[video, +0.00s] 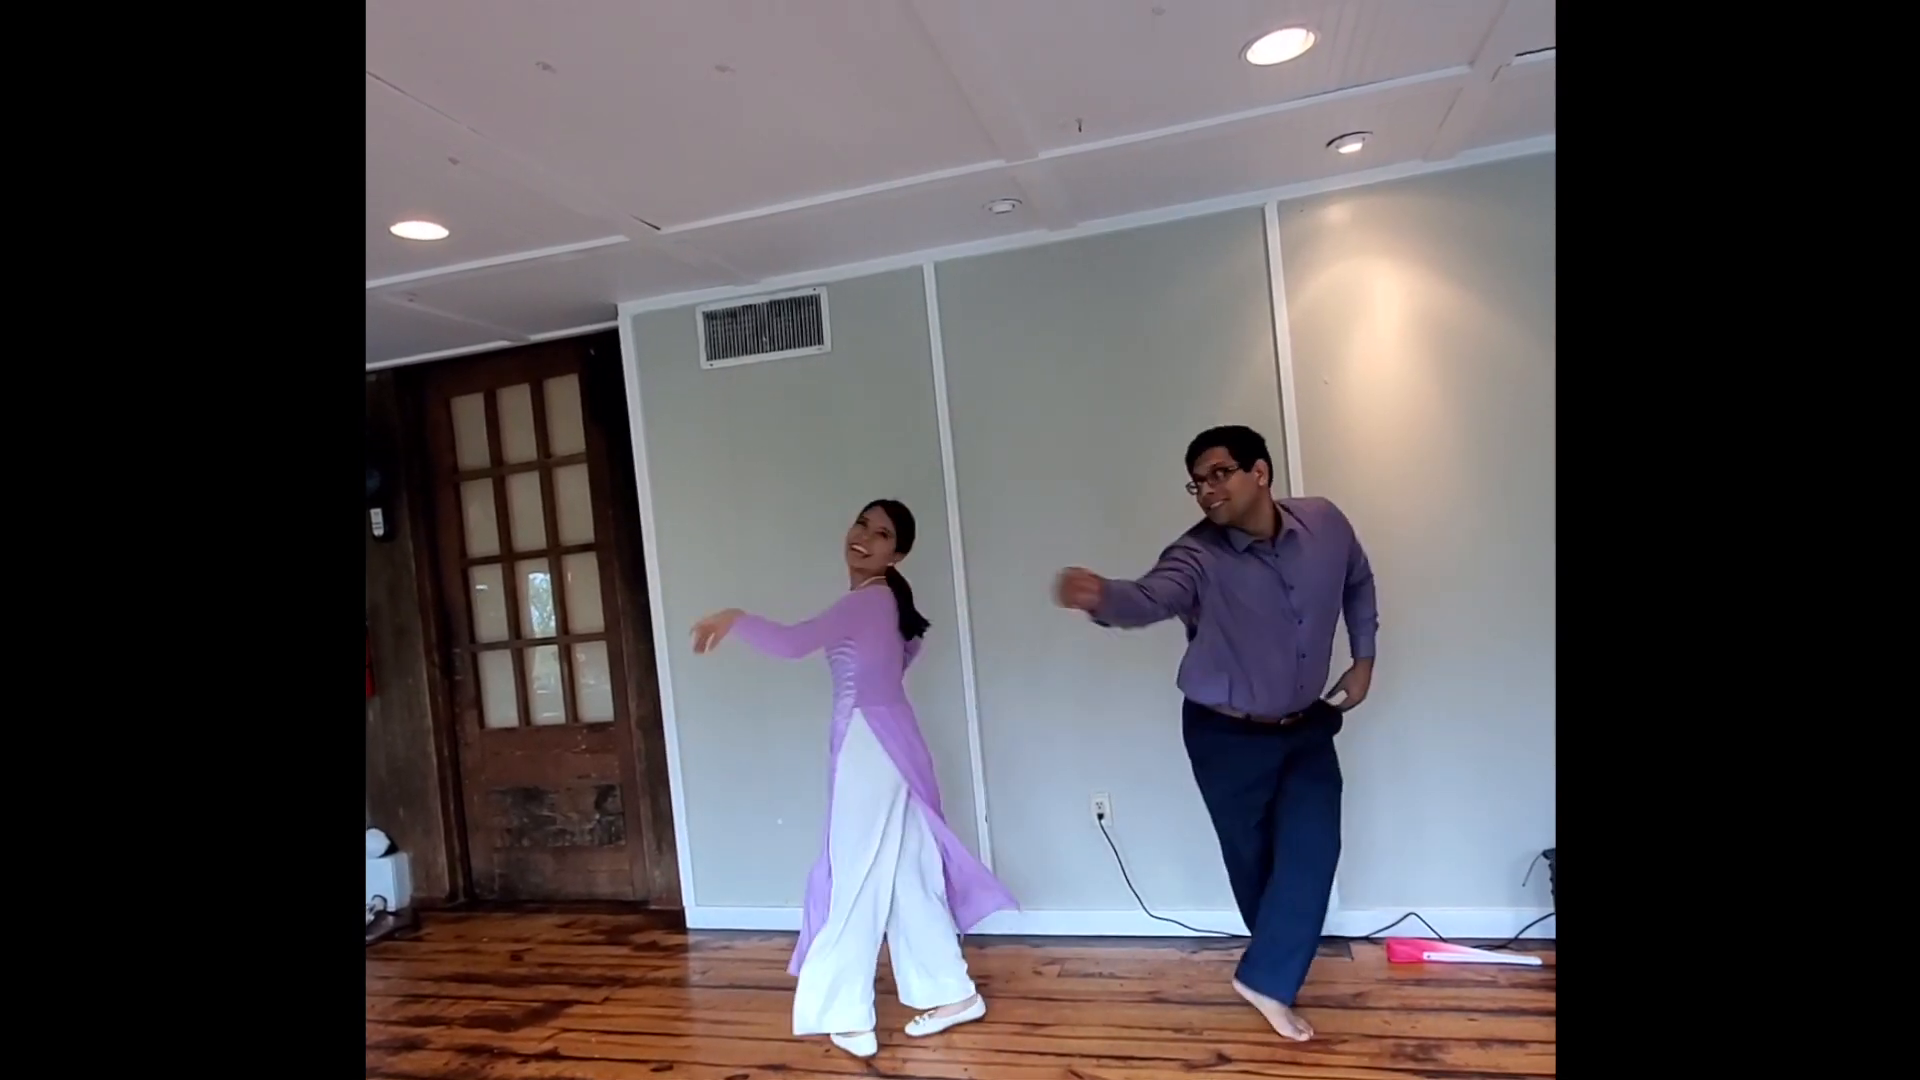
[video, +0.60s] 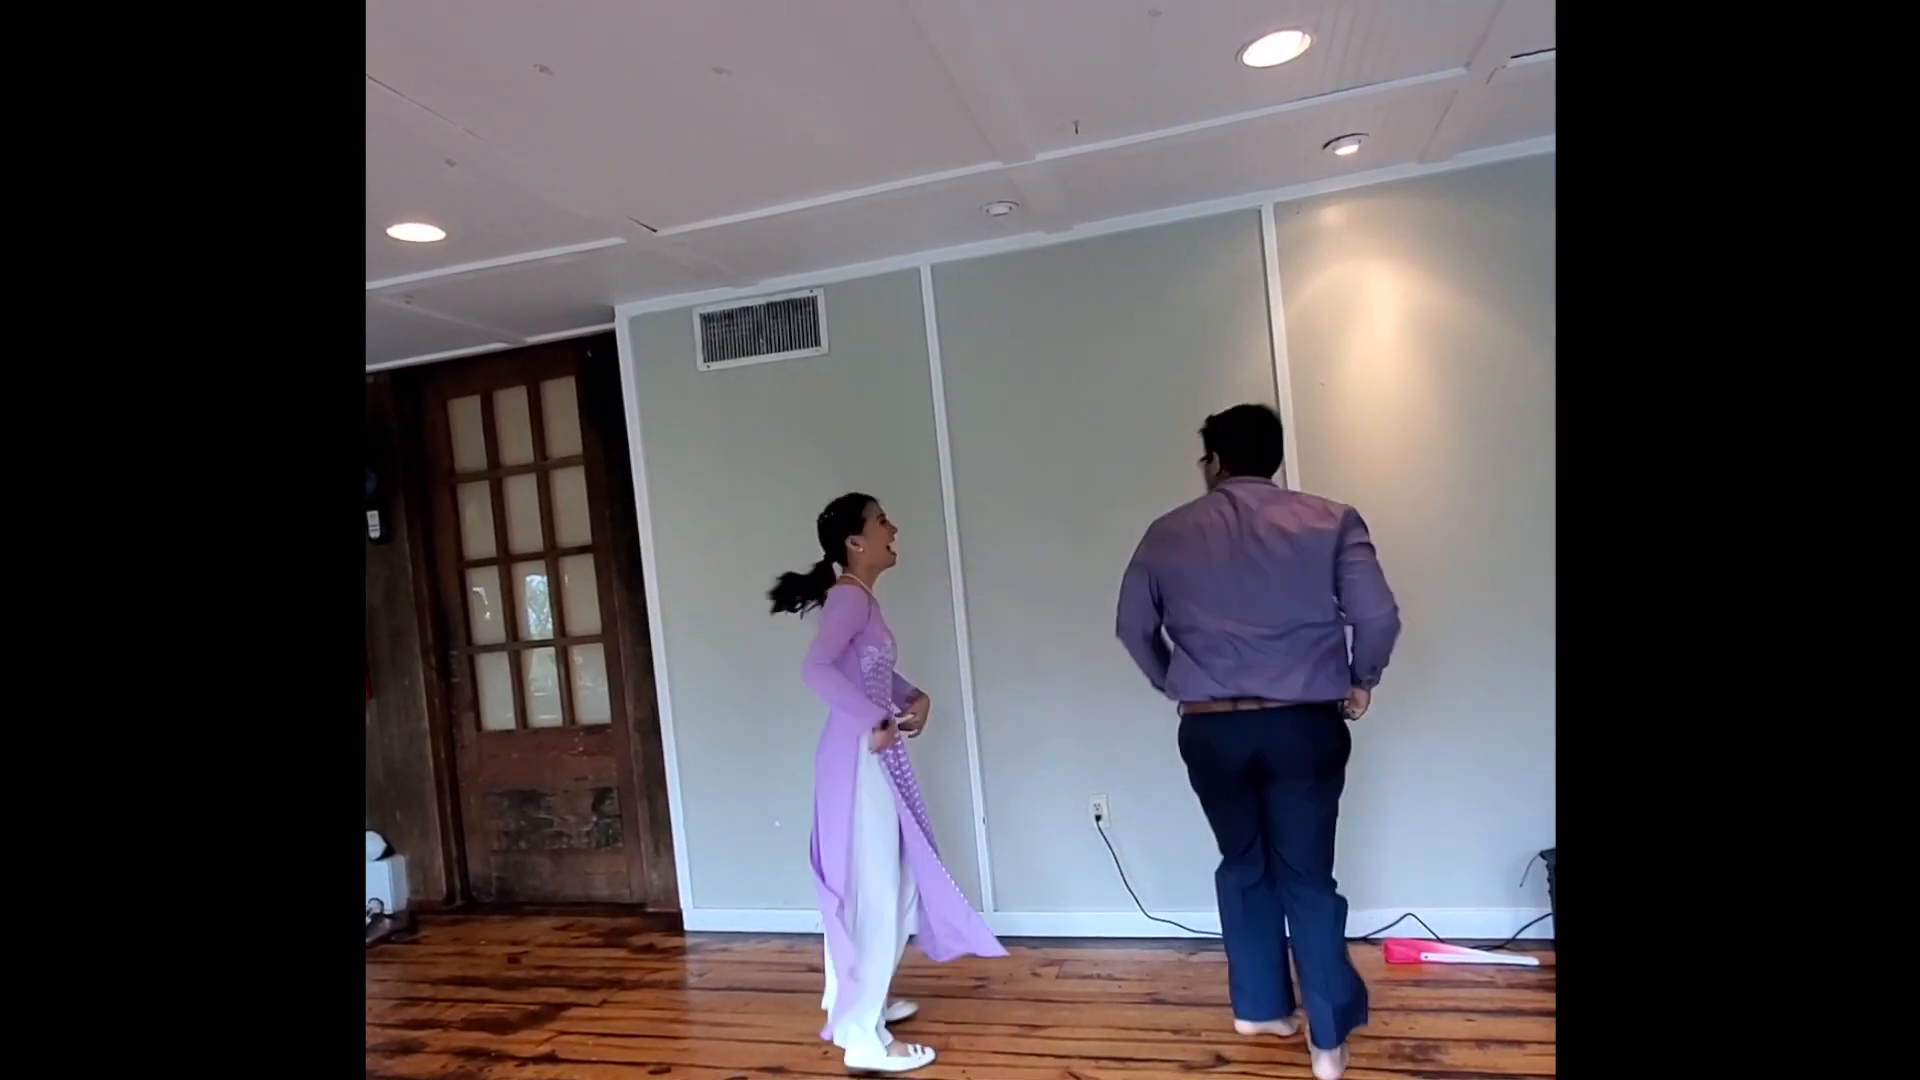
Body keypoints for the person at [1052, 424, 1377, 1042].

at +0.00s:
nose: (1206, 491)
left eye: (1217, 476)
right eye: (1197, 484)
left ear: (1260, 473)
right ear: (1197, 494)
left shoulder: (1322, 521)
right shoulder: (1199, 555)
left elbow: (1356, 581)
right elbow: (1152, 596)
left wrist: (1364, 658)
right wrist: (1103, 597)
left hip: (1305, 725)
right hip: (1226, 732)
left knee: (1313, 850)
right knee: (1252, 859)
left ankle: (1268, 979)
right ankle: (1281, 962)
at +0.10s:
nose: (1230, 491)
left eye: (1243, 476)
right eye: (1219, 482)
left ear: (1278, 479)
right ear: (1213, 492)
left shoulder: (1319, 533)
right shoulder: (1206, 558)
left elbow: (1333, 615)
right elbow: (1162, 644)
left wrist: (1331, 688)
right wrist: (1189, 624)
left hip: (1298, 735)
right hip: (1220, 743)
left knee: (1302, 866)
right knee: (1239, 873)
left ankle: (1261, 991)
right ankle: (1266, 959)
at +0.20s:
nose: (1264, 484)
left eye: (1274, 469)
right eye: (1246, 477)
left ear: (1290, 476)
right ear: (1225, 491)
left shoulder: (1301, 542)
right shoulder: (1218, 567)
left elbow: (1294, 629)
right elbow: (1208, 657)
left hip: (1290, 728)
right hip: (1222, 737)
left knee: (1296, 871)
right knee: (1263, 872)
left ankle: (1259, 994)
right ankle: (1218, 938)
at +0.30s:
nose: (1298, 466)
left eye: (1299, 455)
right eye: (1281, 460)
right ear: (1240, 480)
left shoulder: (1255, 527)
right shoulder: (1249, 553)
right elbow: (1259, 651)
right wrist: (1349, 693)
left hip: (1265, 720)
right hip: (1231, 729)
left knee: (1289, 857)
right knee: (1317, 862)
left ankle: (1261, 993)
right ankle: (1216, 949)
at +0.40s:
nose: (1309, 449)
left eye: (1304, 438)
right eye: (1297, 441)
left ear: (1247, 458)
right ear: (1265, 456)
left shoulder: (1203, 521)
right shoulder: (1287, 529)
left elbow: (1188, 602)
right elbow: (1299, 626)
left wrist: (1241, 652)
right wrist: (1349, 676)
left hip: (1203, 717)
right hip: (1259, 720)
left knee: (1269, 846)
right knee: (1337, 849)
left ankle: (1254, 978)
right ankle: (1262, 984)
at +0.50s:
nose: (1297, 450)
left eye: (1292, 440)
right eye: (1295, 442)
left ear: (1224, 448)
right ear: (1287, 450)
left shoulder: (1177, 520)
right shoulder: (1309, 513)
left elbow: (1157, 606)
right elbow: (1340, 608)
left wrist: (1188, 669)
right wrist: (1358, 671)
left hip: (1199, 718)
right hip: (1280, 717)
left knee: (1256, 840)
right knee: (1312, 856)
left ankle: (1250, 989)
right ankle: (1329, 1018)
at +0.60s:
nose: (1205, 466)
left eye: (1206, 458)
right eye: (1209, 457)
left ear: (1213, 463)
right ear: (1281, 463)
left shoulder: (1168, 533)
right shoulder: (1333, 522)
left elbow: (1133, 628)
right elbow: (1376, 617)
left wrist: (1180, 686)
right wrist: (1362, 679)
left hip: (1211, 735)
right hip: (1305, 729)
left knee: (1241, 862)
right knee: (1309, 875)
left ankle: (1258, 1008)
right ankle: (1326, 1041)